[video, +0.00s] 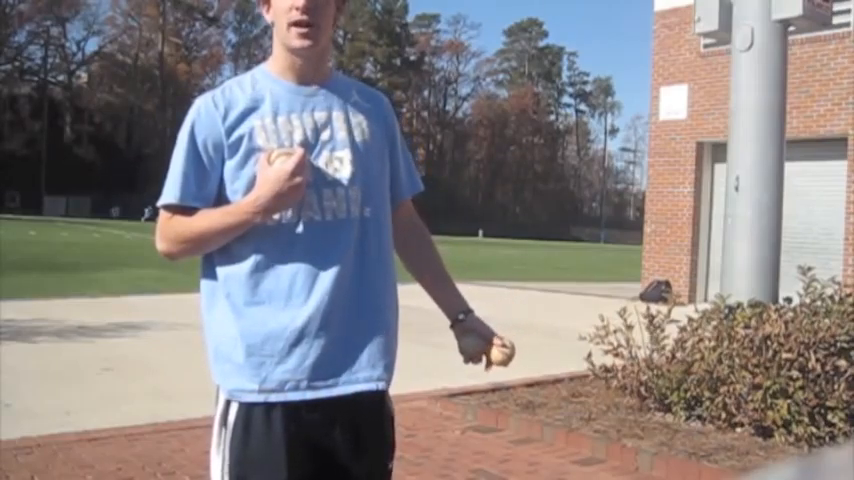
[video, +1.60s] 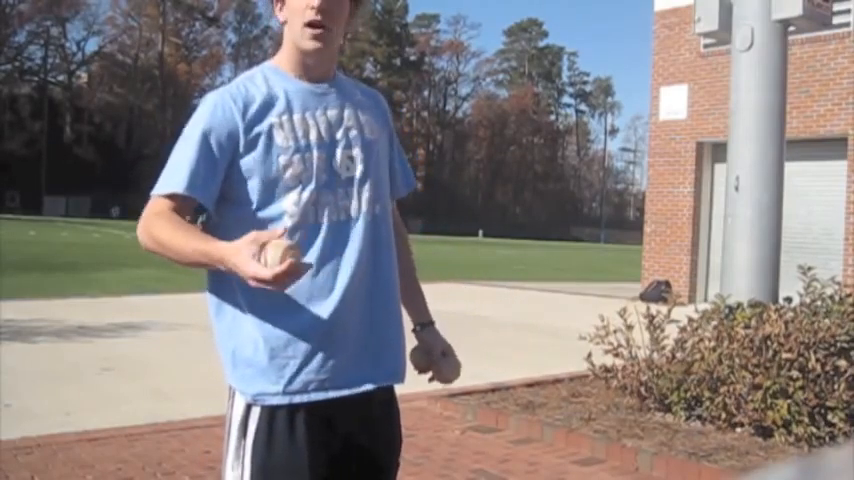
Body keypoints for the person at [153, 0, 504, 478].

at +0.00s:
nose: (305, 8)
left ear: (338, 10)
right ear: (268, 9)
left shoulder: (373, 109)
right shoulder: (216, 112)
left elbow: (405, 225)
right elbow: (169, 238)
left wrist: (463, 318)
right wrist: (258, 203)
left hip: (359, 386)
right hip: (260, 392)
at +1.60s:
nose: (319, 8)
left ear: (351, 14)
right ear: (280, 9)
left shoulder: (371, 107)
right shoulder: (232, 107)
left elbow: (389, 221)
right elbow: (155, 223)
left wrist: (423, 326)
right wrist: (228, 254)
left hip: (369, 381)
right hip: (277, 391)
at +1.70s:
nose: (306, 9)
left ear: (351, 14)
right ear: (281, 8)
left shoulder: (378, 111)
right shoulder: (230, 106)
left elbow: (395, 226)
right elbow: (133, 211)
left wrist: (422, 333)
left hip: (369, 383)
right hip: (273, 390)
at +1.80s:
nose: (304, 9)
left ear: (354, 16)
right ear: (283, 9)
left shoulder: (382, 112)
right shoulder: (229, 104)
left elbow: (399, 231)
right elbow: (122, 193)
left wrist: (423, 338)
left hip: (367, 387)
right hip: (269, 393)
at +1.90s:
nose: (302, 7)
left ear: (357, 15)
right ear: (285, 7)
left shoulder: (387, 113)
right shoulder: (229, 100)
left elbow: (404, 235)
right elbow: (109, 156)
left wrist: (427, 342)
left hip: (366, 393)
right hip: (266, 398)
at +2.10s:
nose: (300, 10)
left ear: (357, 13)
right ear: (285, 8)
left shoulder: (393, 116)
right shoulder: (229, 93)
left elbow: (410, 237)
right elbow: (101, 110)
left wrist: (442, 344)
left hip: (364, 395)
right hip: (263, 397)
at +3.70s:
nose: (316, 10)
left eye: (331, 0)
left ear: (352, 13)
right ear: (281, 11)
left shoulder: (379, 111)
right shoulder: (250, 94)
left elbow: (399, 228)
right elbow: (181, 109)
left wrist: (436, 334)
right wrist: (118, 80)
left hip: (367, 384)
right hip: (274, 386)